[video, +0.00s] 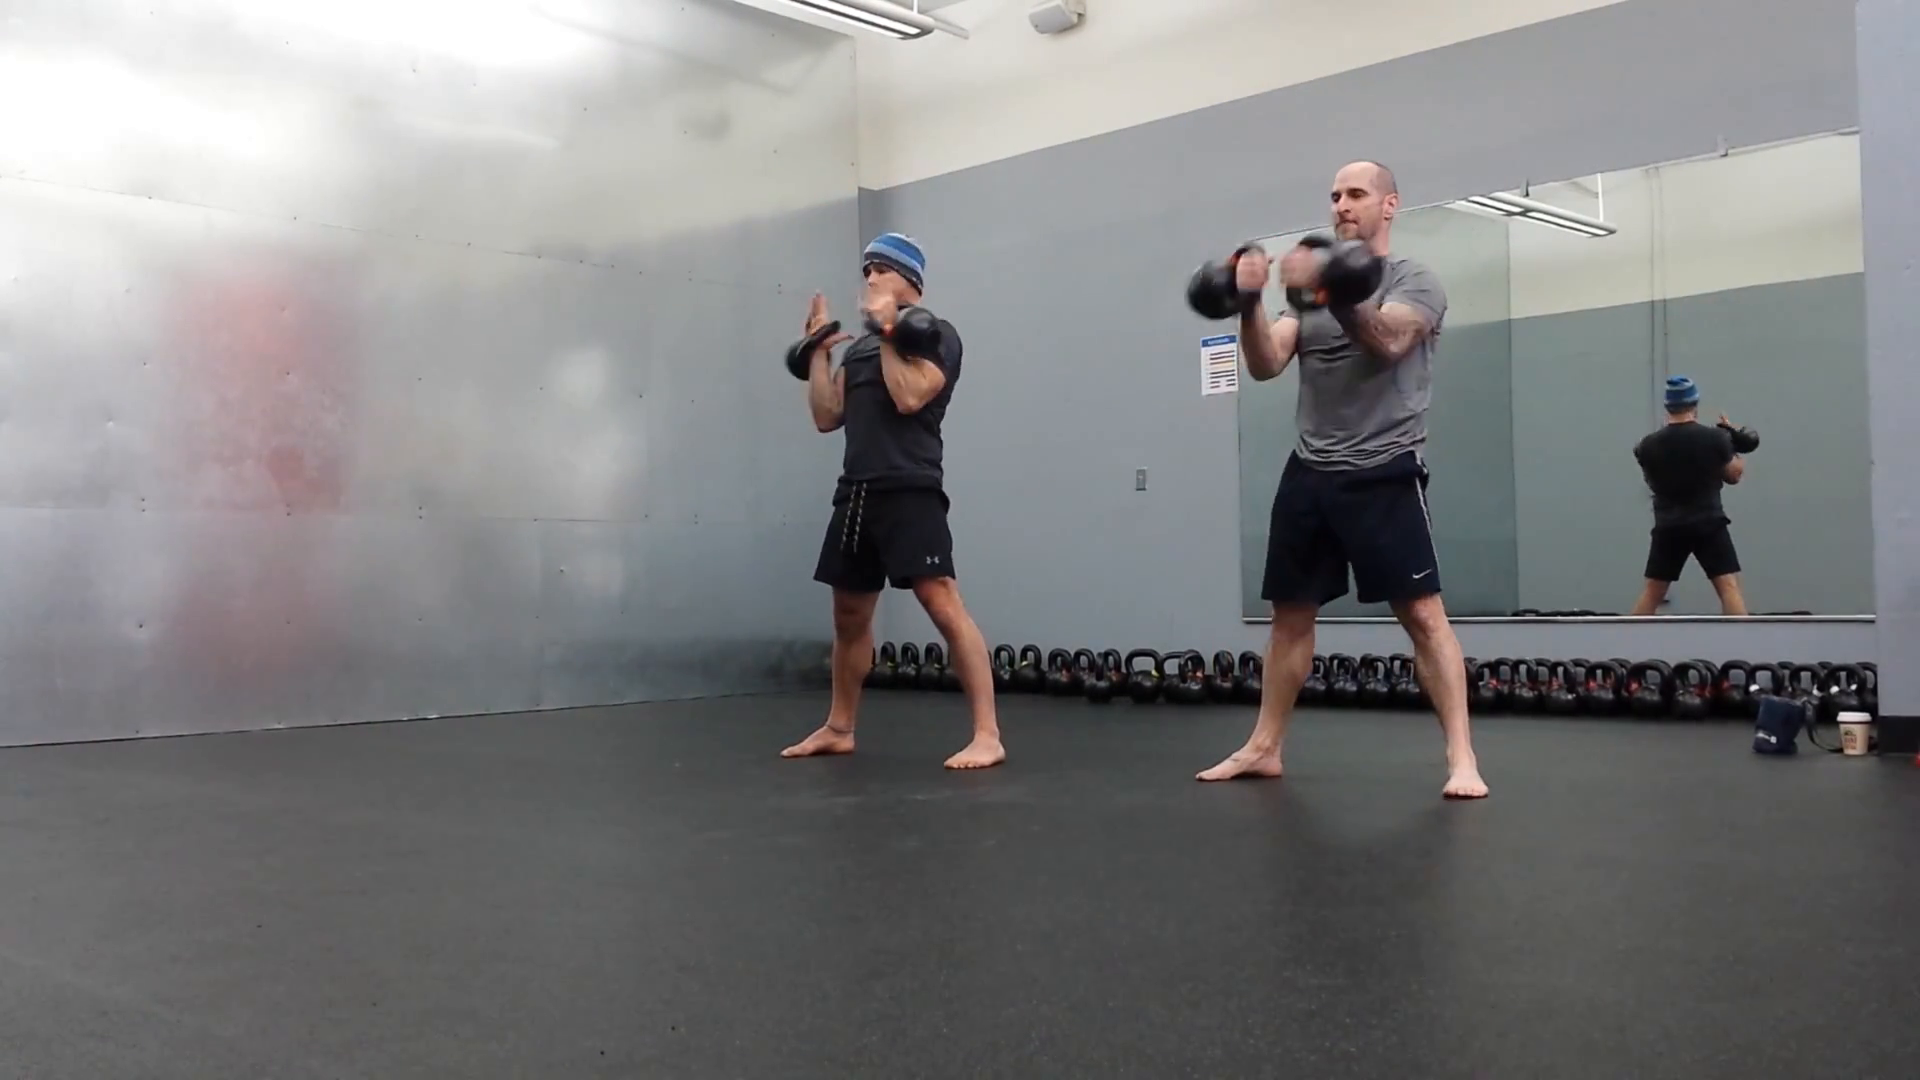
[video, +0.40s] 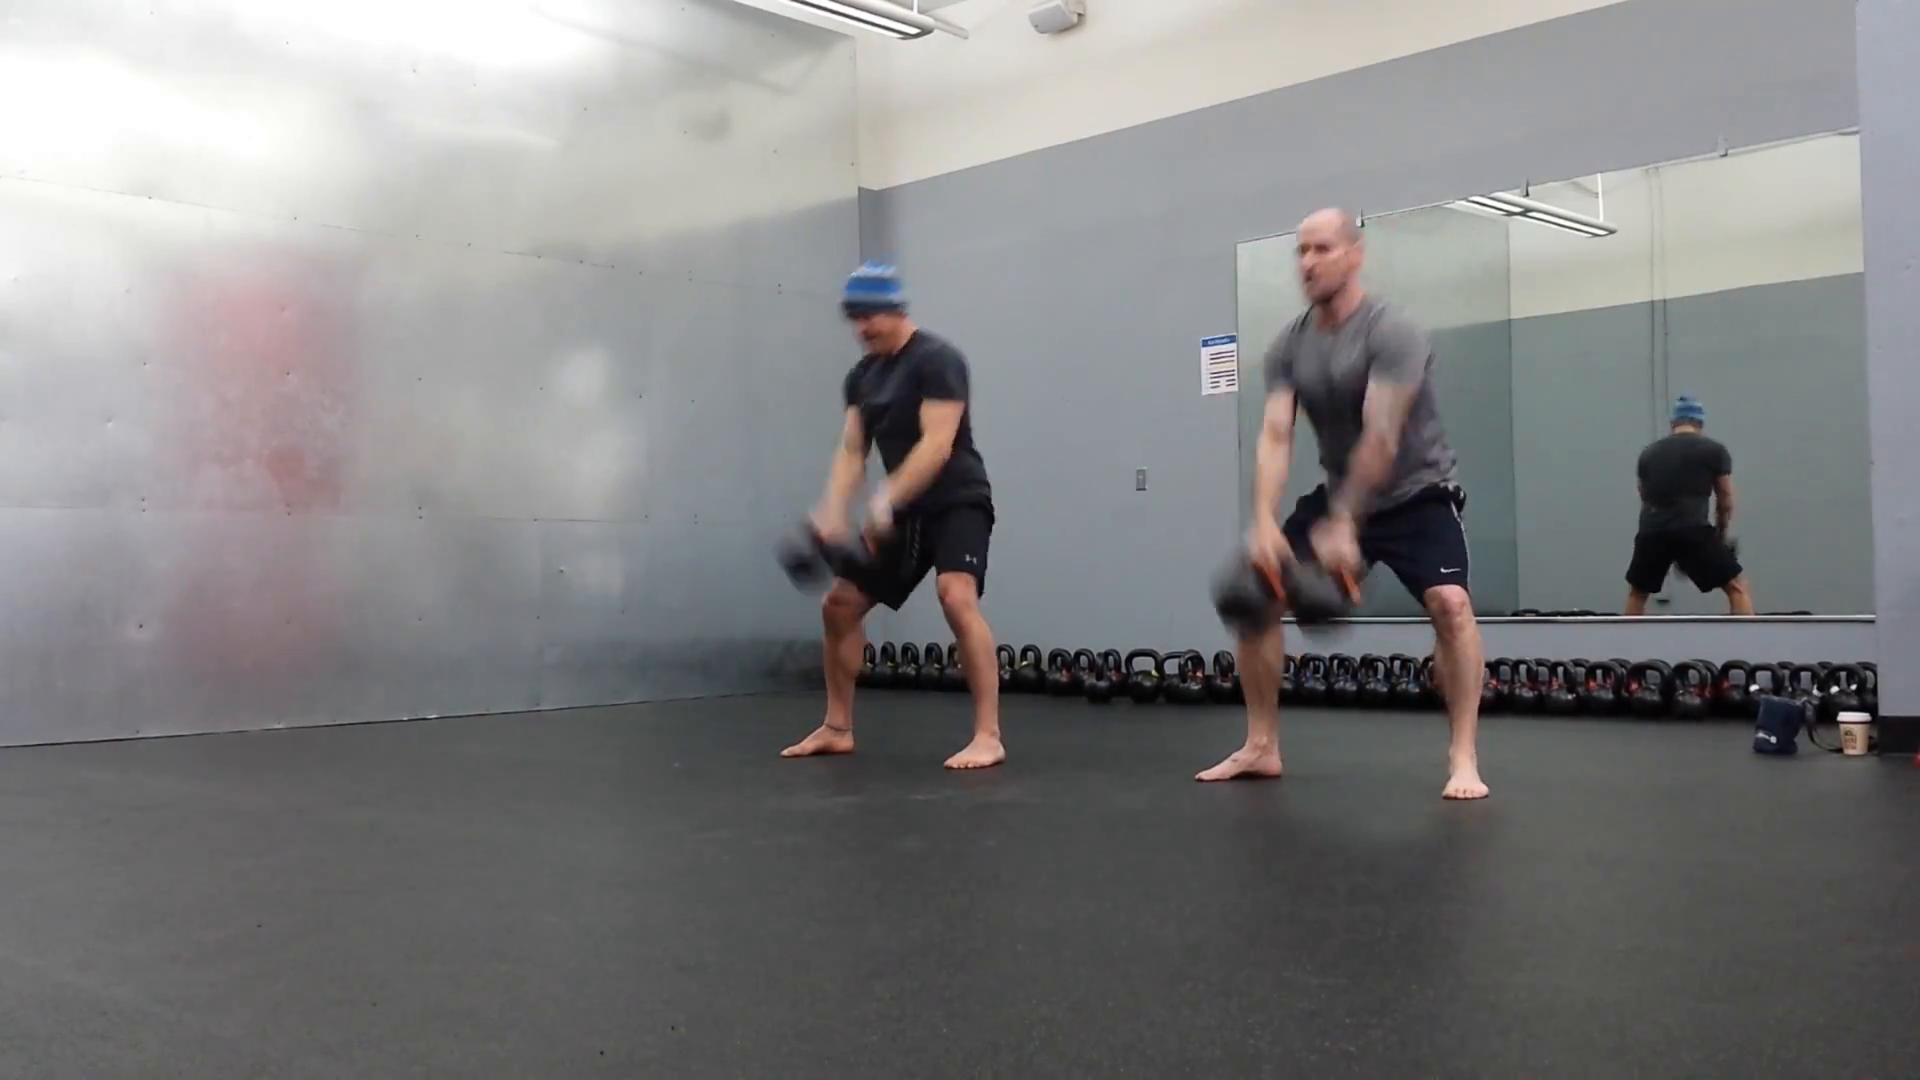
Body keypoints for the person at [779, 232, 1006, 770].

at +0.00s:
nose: (867, 278)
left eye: (877, 270)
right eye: (866, 271)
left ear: (908, 281)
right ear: (869, 281)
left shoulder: (937, 334)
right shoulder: (859, 350)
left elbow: (911, 396)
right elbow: (826, 417)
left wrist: (886, 328)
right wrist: (818, 349)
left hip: (912, 493)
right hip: (855, 494)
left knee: (945, 610)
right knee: (849, 618)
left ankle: (987, 736)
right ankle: (839, 727)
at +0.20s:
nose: (889, 294)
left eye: (899, 284)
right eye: (882, 285)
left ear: (926, 284)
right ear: (877, 289)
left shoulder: (954, 335)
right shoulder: (868, 349)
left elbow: (934, 401)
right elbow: (840, 410)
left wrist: (867, 382)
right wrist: (801, 395)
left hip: (938, 492)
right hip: (884, 492)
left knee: (948, 598)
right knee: (851, 606)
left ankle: (987, 736)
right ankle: (838, 728)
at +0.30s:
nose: (882, 308)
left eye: (890, 297)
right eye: (876, 298)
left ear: (920, 293)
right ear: (875, 300)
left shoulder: (957, 344)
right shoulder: (879, 356)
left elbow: (945, 418)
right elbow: (849, 420)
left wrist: (880, 430)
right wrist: (813, 442)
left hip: (952, 496)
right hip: (900, 498)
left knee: (951, 594)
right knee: (848, 605)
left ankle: (987, 736)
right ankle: (838, 727)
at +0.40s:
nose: (861, 327)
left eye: (869, 315)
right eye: (854, 318)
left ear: (898, 311)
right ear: (852, 319)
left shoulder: (939, 361)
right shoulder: (863, 377)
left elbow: (936, 446)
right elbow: (852, 451)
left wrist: (885, 501)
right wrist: (832, 510)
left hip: (957, 501)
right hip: (904, 508)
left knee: (956, 597)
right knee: (840, 605)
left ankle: (988, 736)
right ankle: (837, 726)